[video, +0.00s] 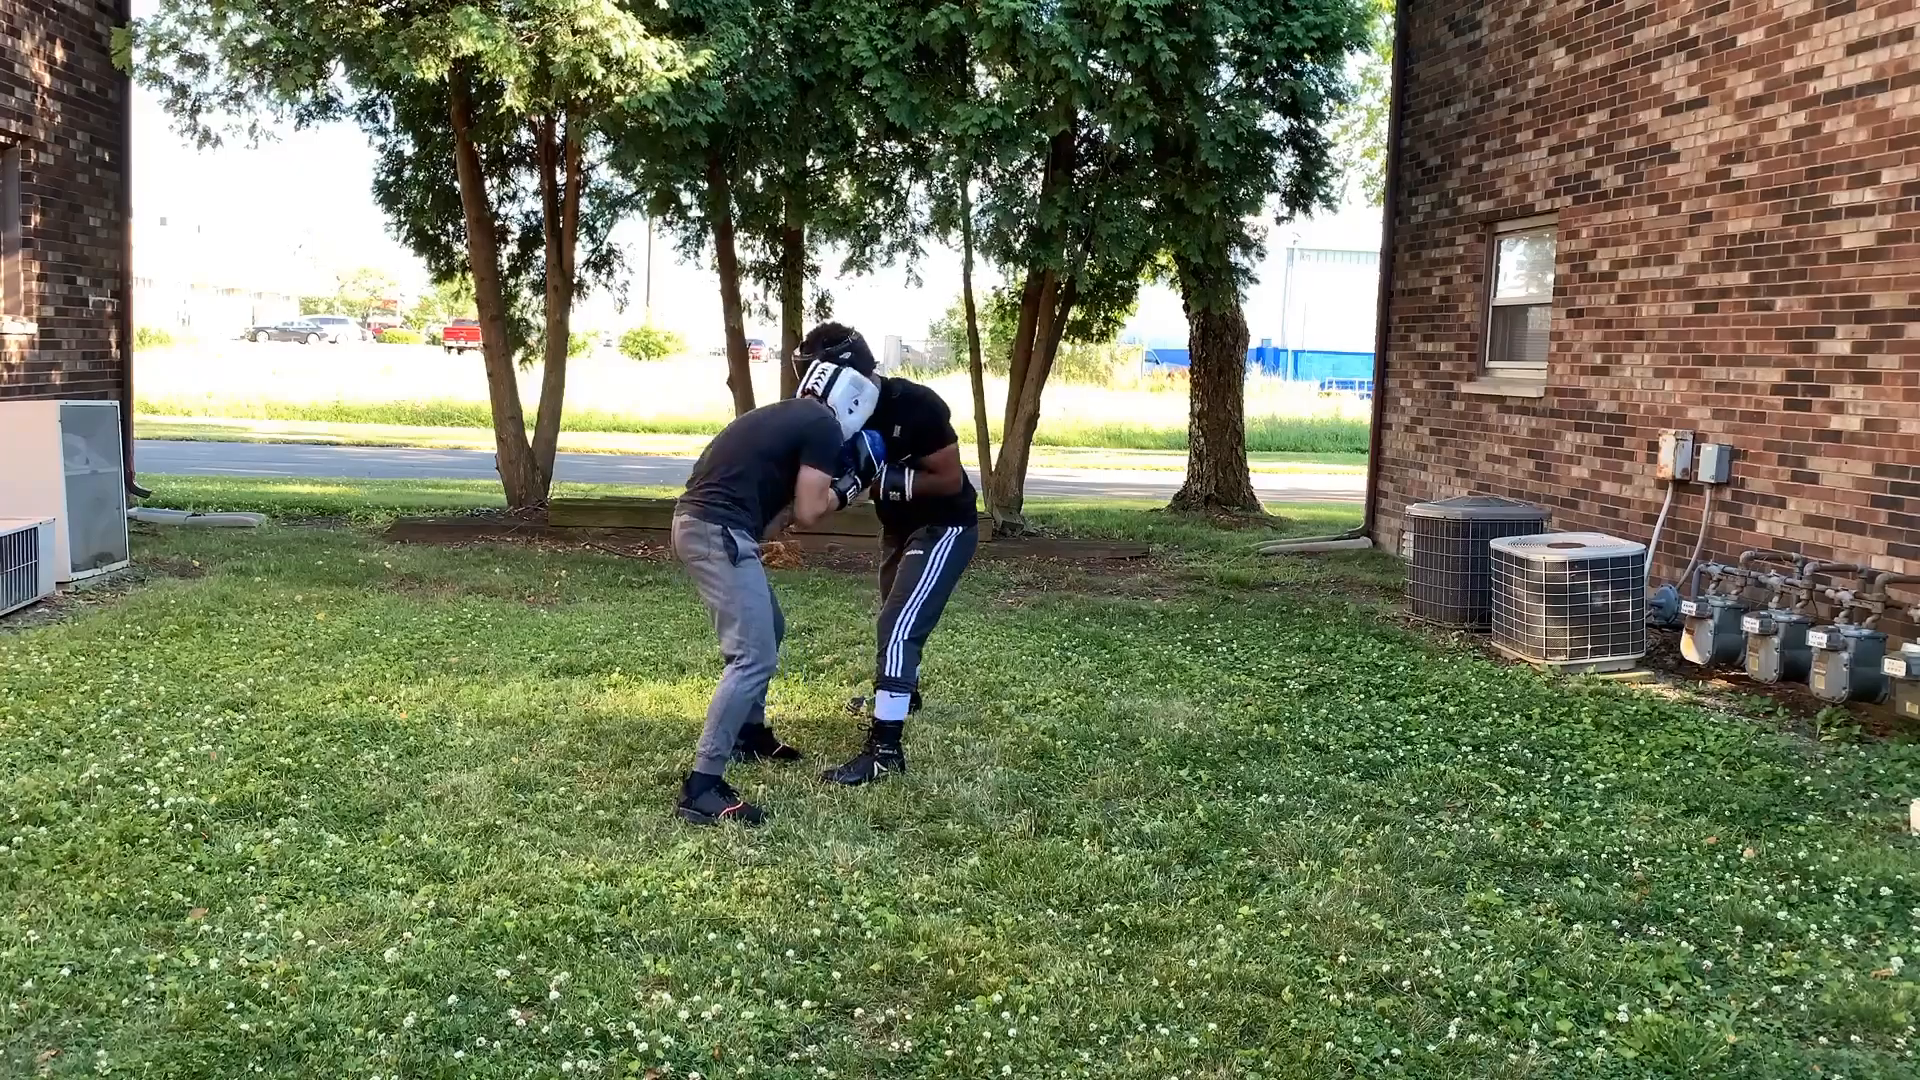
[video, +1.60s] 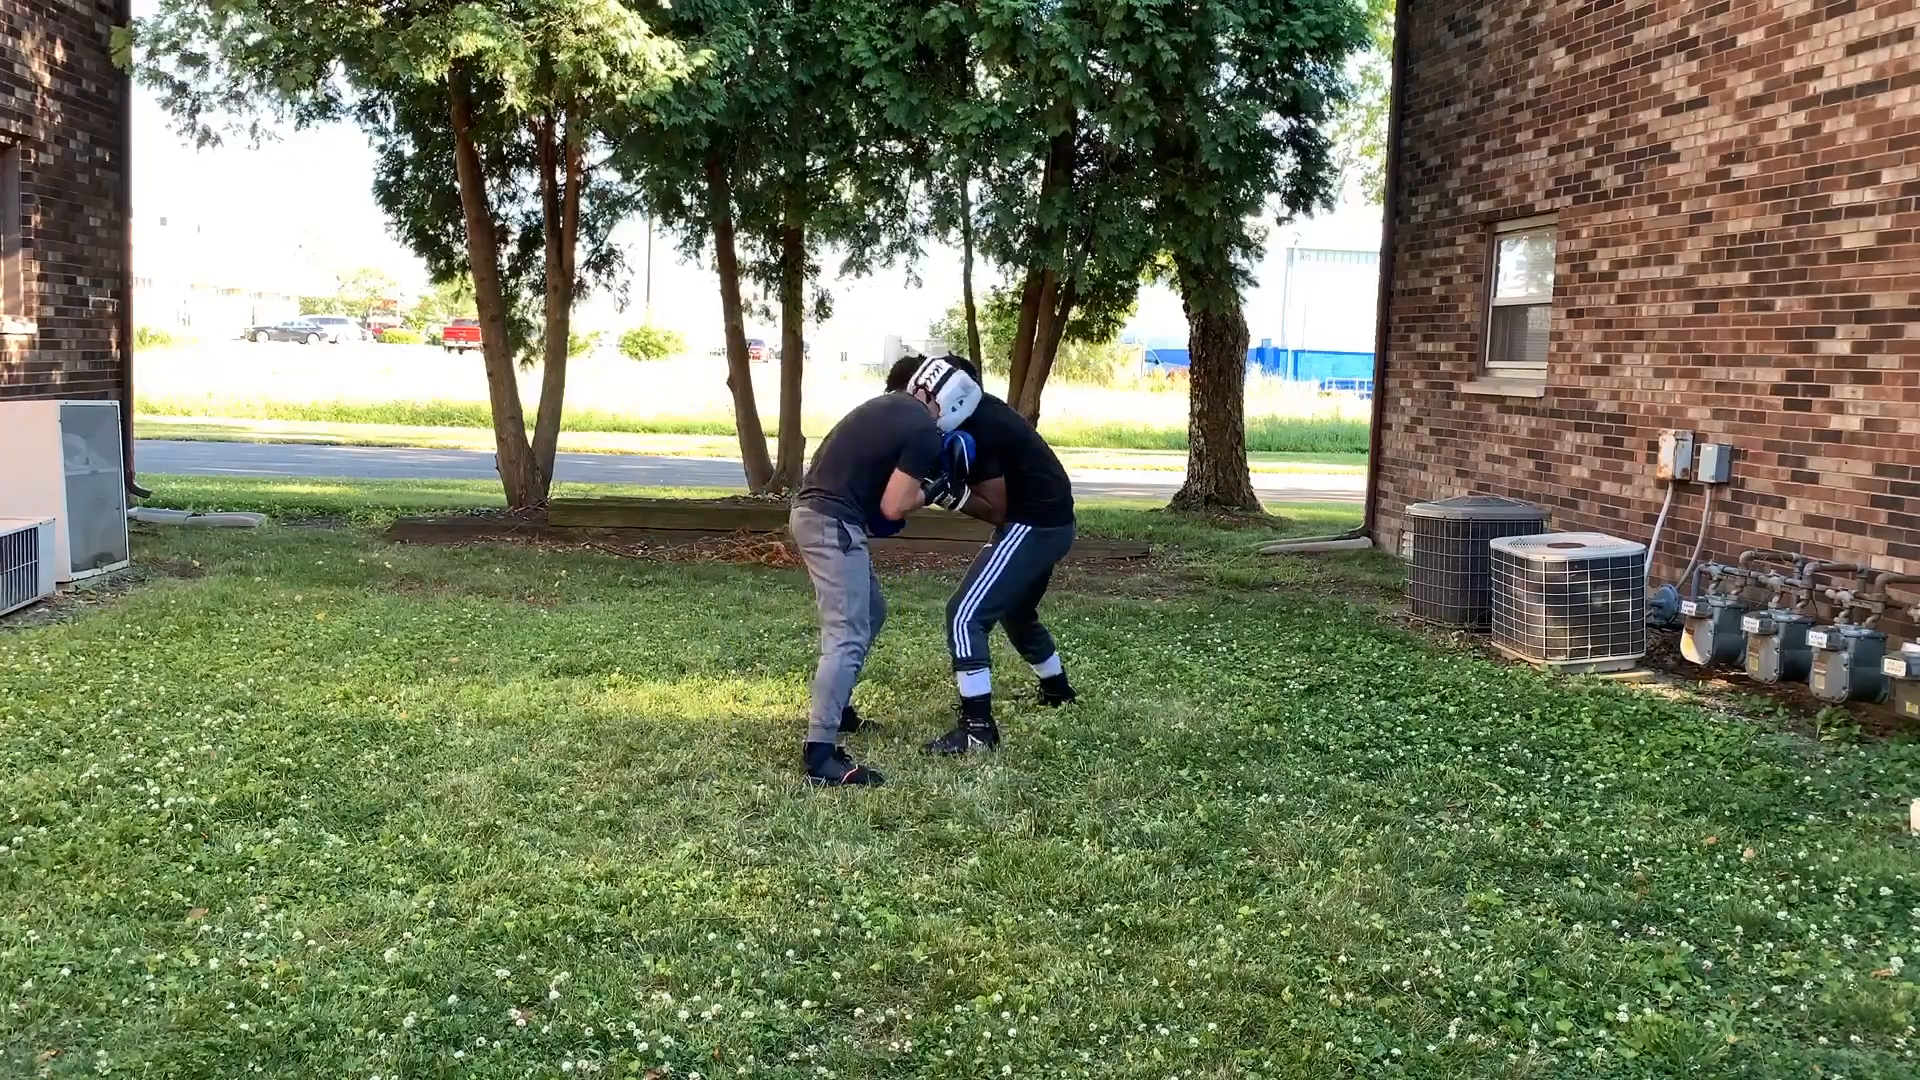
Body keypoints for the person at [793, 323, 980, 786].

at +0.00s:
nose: (811, 389)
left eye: (817, 377)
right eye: (807, 379)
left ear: (846, 371)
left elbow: (950, 480)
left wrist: (893, 481)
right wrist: (852, 476)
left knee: (898, 624)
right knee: (891, 616)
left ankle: (885, 749)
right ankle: (900, 694)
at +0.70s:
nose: (822, 386)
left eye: (826, 376)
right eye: (820, 378)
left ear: (851, 363)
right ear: (841, 369)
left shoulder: (909, 377)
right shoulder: (854, 404)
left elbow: (959, 432)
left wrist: (909, 461)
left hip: (945, 505)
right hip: (907, 506)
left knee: (899, 609)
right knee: (876, 606)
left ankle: (908, 734)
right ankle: (898, 706)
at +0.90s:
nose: (888, 363)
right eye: (886, 357)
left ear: (847, 364)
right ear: (878, 355)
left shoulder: (829, 399)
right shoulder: (903, 394)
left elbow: (822, 466)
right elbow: (920, 477)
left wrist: (882, 461)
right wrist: (915, 453)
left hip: (808, 529)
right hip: (854, 528)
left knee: (836, 610)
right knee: (883, 645)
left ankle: (796, 703)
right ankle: (852, 761)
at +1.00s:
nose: (895, 357)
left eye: (887, 349)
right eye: (891, 350)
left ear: (852, 357)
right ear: (889, 354)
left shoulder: (833, 388)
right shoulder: (898, 385)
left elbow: (835, 456)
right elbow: (922, 467)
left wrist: (895, 448)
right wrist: (914, 443)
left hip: (817, 523)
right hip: (859, 524)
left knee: (857, 611)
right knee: (879, 645)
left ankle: (817, 705)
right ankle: (853, 761)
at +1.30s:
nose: (931, 401)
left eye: (937, 393)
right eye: (935, 391)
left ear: (903, 369)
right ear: (922, 377)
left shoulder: (876, 395)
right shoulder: (892, 402)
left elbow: (873, 480)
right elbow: (873, 481)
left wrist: (913, 463)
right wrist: (918, 468)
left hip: (834, 520)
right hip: (826, 522)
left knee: (871, 621)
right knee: (847, 633)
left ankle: (830, 713)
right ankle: (839, 757)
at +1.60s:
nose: (951, 420)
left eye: (956, 412)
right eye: (954, 410)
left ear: (918, 386)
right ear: (939, 397)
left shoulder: (887, 407)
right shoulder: (922, 426)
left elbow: (878, 498)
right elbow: (894, 507)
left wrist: (928, 481)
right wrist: (934, 487)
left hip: (819, 513)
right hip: (830, 522)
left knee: (871, 612)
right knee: (847, 633)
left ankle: (836, 707)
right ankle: (819, 752)